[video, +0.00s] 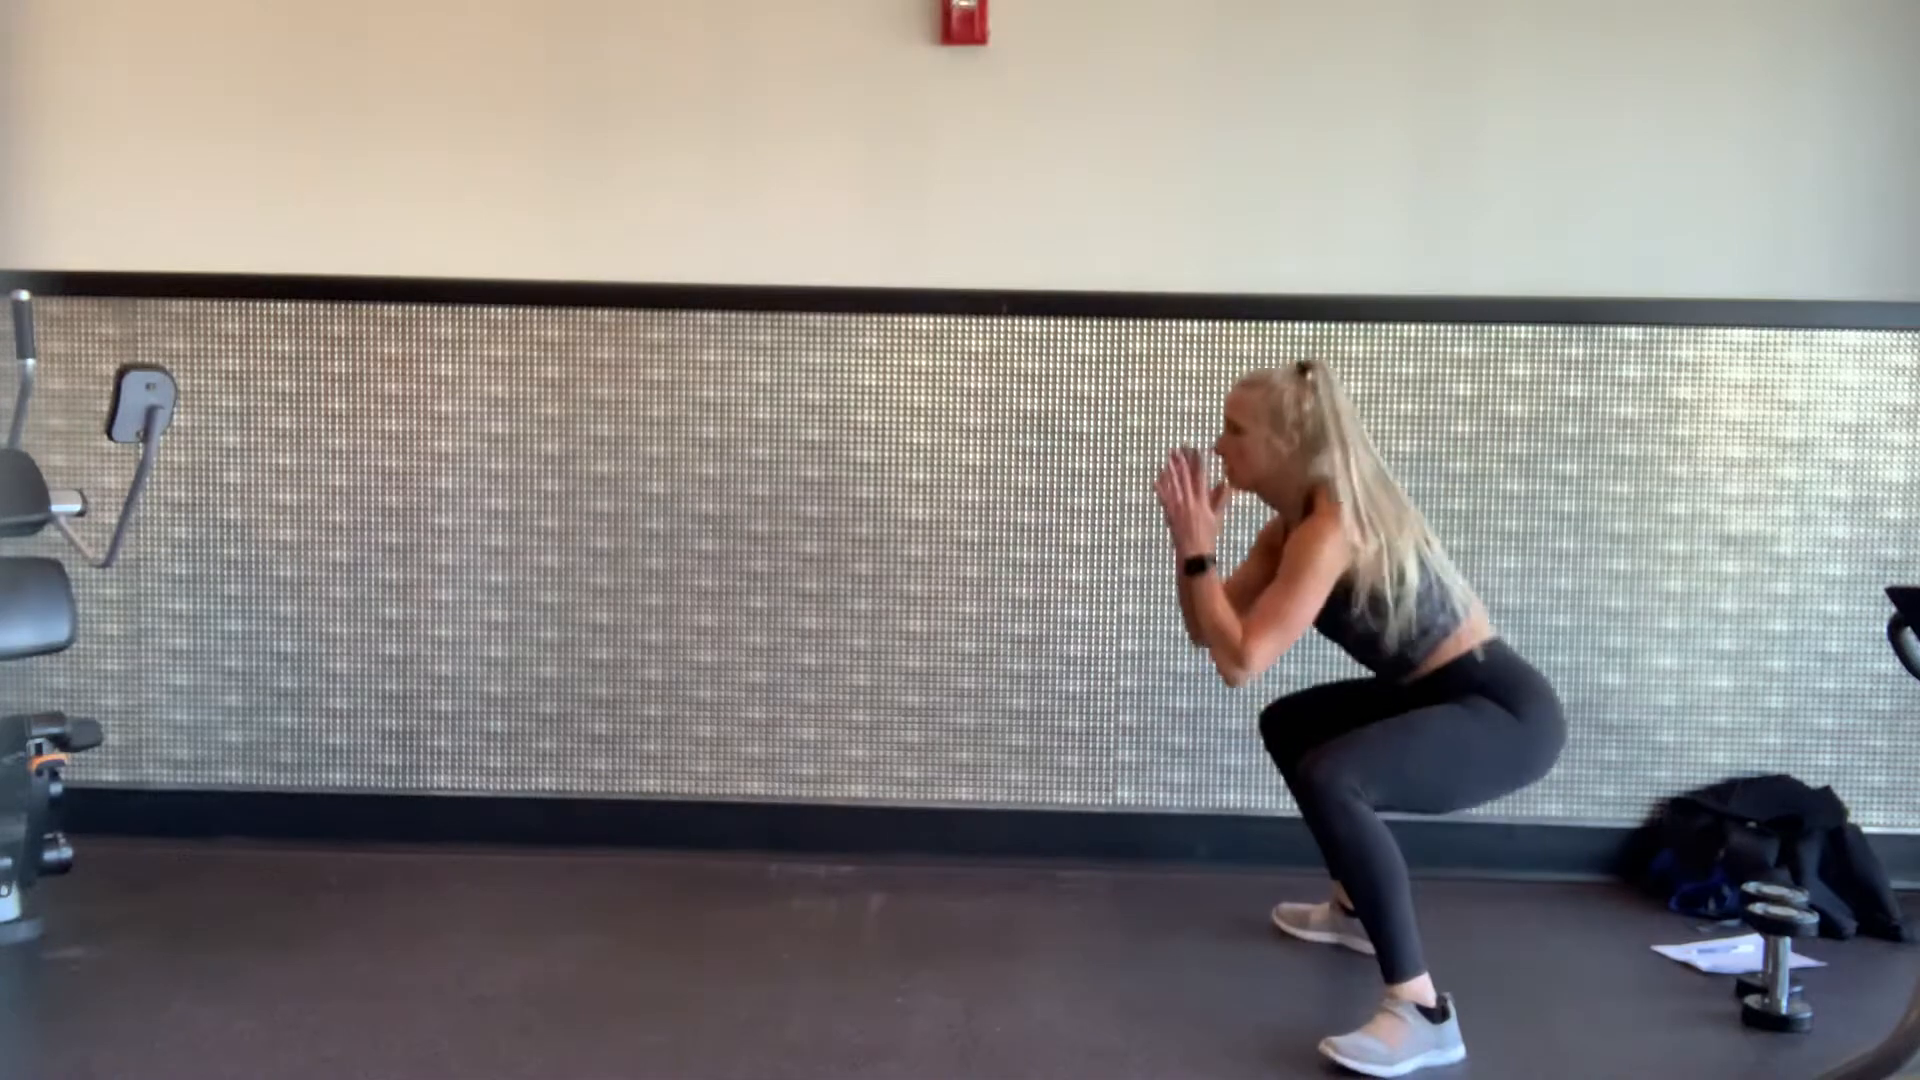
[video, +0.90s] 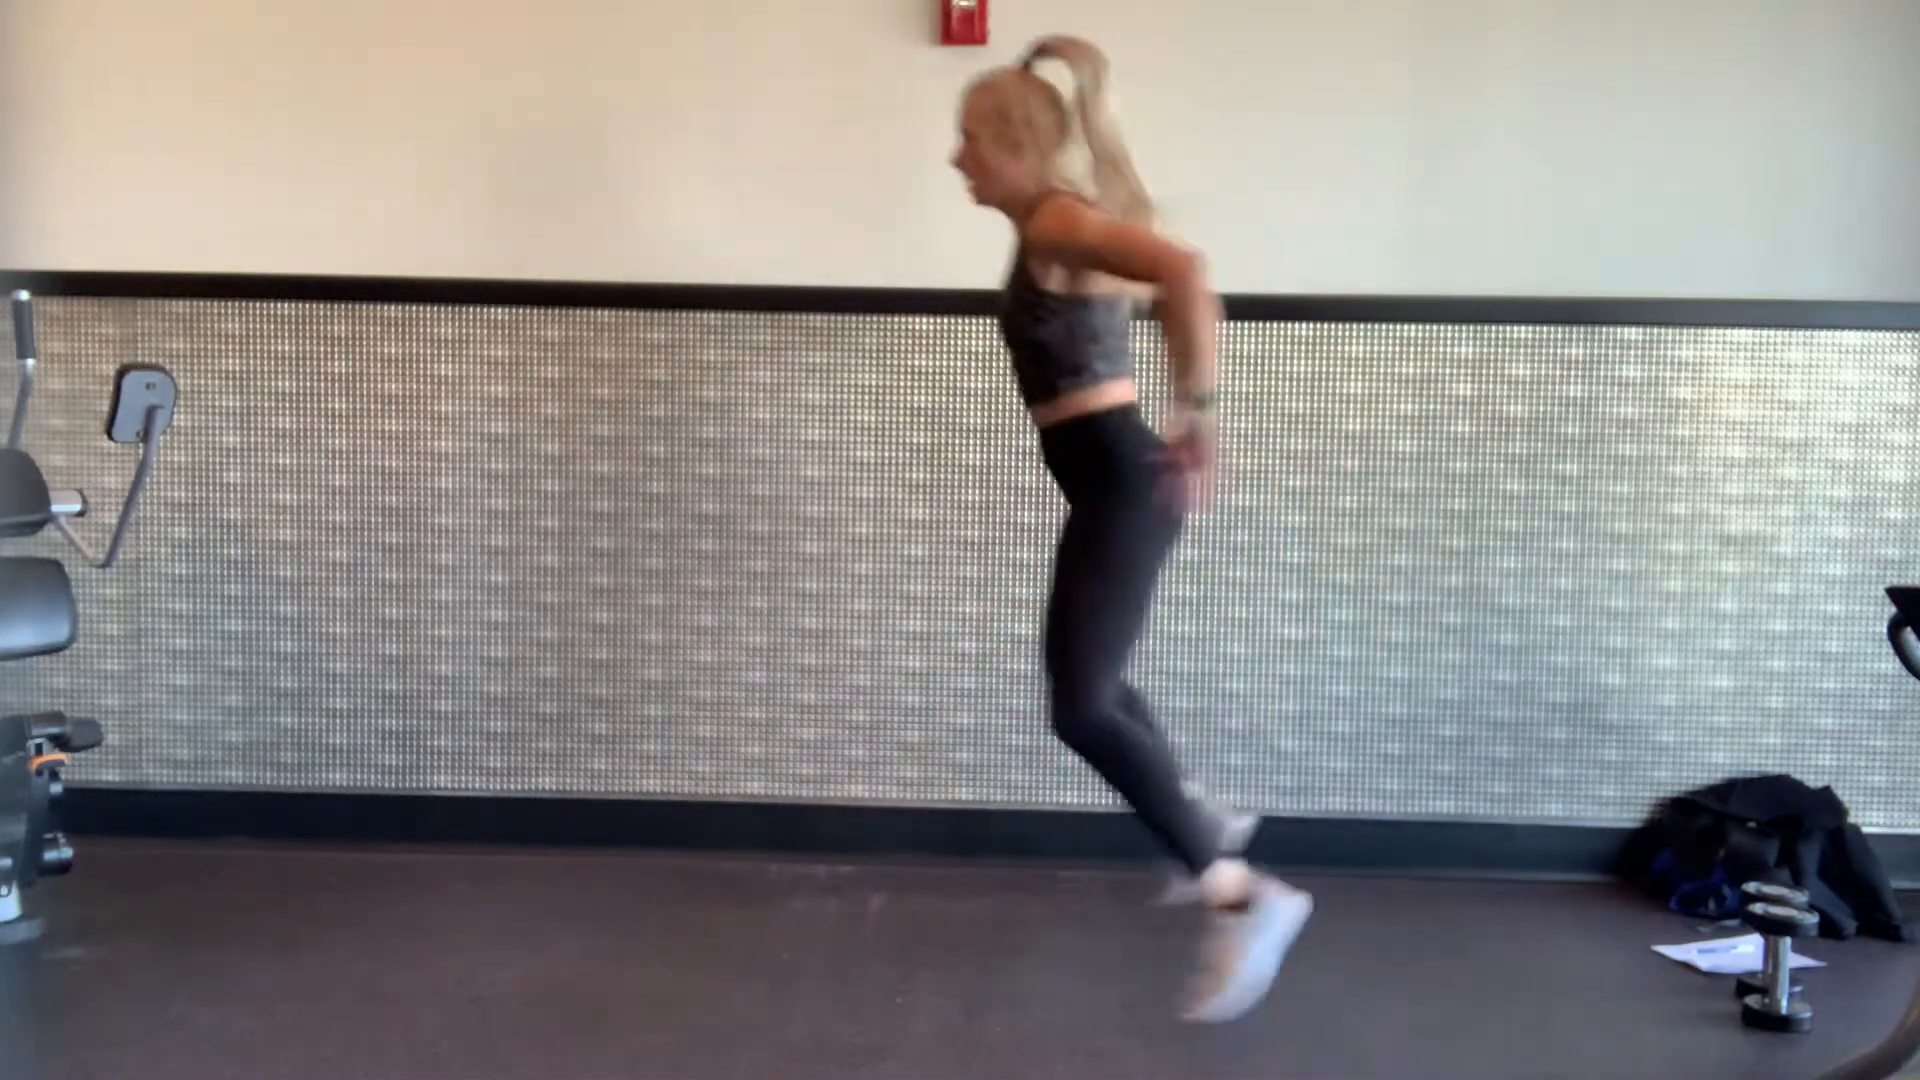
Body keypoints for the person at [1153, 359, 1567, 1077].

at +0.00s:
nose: (1221, 443)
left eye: (1235, 430)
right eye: (1225, 428)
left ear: (1282, 445)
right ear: (1281, 446)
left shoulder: (1330, 525)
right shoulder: (1292, 526)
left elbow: (1238, 659)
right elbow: (1217, 631)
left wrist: (1196, 551)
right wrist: (1192, 548)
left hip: (1505, 712)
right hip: (1441, 694)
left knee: (1334, 777)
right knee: (1288, 728)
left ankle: (1422, 1008)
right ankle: (1356, 911)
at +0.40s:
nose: (1168, 408)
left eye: (1181, 394)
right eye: (1171, 392)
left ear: (1230, 407)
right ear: (1232, 409)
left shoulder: (1277, 488)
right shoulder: (1242, 485)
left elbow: (1148, 593)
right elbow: (1142, 566)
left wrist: (1063, 509)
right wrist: (1062, 508)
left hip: (1469, 669)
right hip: (1412, 658)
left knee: (1321, 782)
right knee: (1274, 727)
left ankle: (1419, 1007)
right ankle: (1357, 906)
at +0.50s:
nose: (1143, 418)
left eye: (1154, 400)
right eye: (1144, 401)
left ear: (1208, 404)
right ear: (1207, 408)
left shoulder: (1259, 488)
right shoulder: (1215, 492)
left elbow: (1141, 603)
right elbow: (1120, 583)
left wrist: (1014, 641)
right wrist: (1012, 631)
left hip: (1446, 669)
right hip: (1390, 662)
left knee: (1299, 794)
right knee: (1255, 734)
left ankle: (1419, 1010)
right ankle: (1357, 907)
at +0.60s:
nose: (1104, 397)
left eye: (1115, 380)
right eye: (1106, 380)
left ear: (1166, 383)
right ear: (1165, 384)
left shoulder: (1221, 465)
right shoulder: (1188, 471)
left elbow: (1204, 614)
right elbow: (1161, 596)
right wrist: (1086, 693)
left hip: (1400, 651)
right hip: (1347, 649)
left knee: (1269, 811)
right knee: (1232, 747)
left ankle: (1414, 1008)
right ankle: (1350, 906)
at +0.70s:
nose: (1058, 323)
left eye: (1072, 307)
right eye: (1061, 306)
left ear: (1118, 319)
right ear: (1121, 320)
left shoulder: (1172, 403)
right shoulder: (1147, 401)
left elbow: (1283, 500)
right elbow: (1245, 502)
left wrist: (1317, 640)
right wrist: (1249, 605)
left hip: (1321, 607)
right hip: (1282, 603)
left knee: (1248, 817)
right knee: (1213, 756)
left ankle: (1411, 1005)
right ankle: (1347, 902)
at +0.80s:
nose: (1020, 221)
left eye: (1032, 204)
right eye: (1020, 204)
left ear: (1080, 203)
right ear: (1080, 207)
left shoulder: (1123, 278)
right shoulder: (1103, 284)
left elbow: (1263, 294)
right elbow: (1237, 322)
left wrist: (1331, 417)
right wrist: (1283, 424)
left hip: (1199, 538)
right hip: (1173, 539)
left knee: (1203, 772)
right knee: (1192, 747)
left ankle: (1376, 964)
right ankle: (1323, 866)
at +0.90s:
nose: (960, 162)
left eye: (974, 146)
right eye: (963, 145)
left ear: (1022, 149)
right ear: (1019, 149)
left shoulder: (1056, 223)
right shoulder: (1049, 226)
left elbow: (1184, 269)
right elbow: (1173, 277)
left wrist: (1195, 409)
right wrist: (1185, 409)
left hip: (1126, 477)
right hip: (1107, 479)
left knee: (1082, 705)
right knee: (1088, 692)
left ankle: (1237, 896)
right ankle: (1203, 829)